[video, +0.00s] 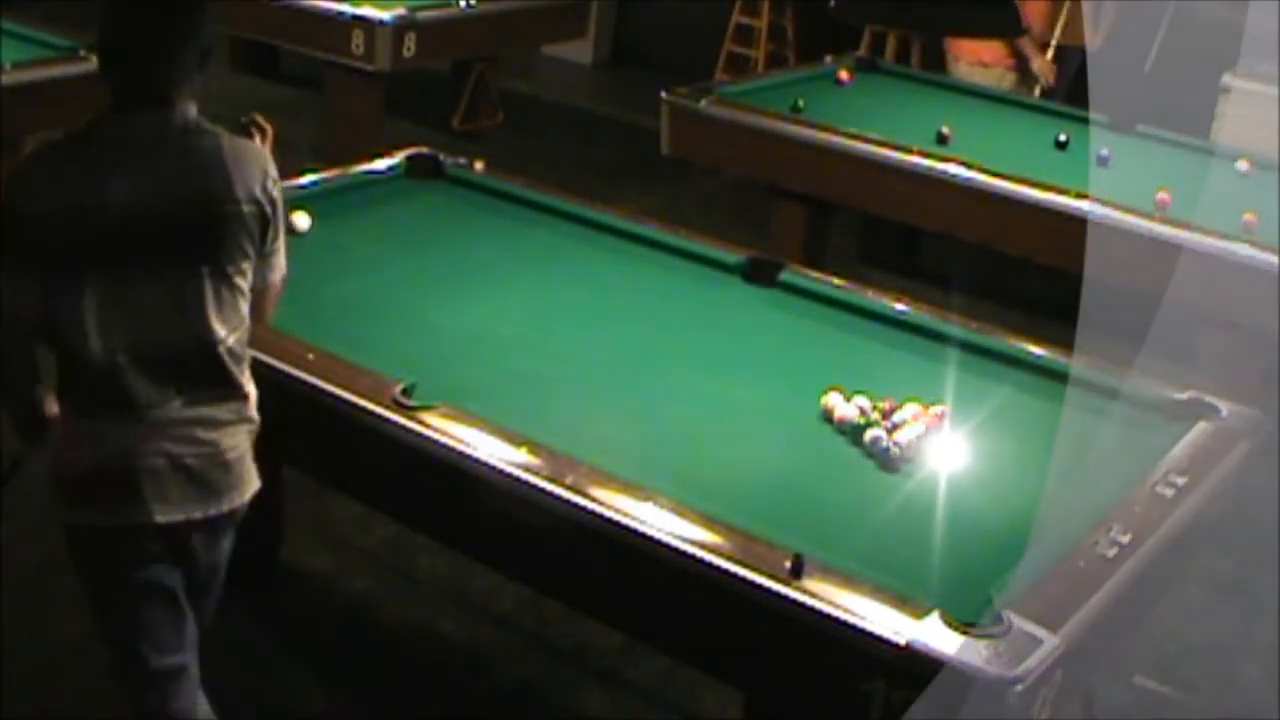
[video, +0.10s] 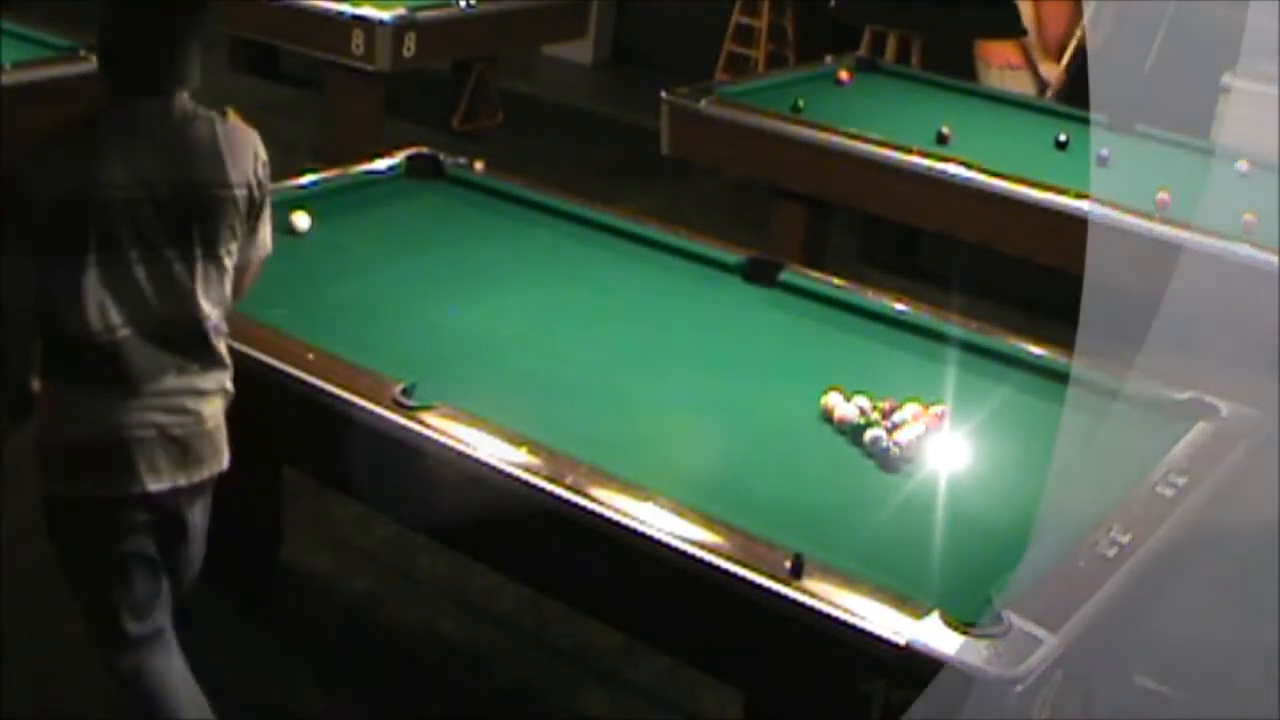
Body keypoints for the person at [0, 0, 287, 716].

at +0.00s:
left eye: (110, 51)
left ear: (106, 60)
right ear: (203, 62)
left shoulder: (49, 174)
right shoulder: (245, 169)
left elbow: (20, 327)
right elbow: (261, 307)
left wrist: (43, 418)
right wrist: (258, 171)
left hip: (103, 472)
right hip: (218, 470)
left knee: (165, 680)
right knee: (181, 667)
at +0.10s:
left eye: (109, 41)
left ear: (107, 51)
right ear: (194, 51)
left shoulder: (61, 151)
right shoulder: (239, 149)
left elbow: (23, 293)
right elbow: (244, 273)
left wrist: (23, 384)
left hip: (93, 445)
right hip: (198, 437)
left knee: (141, 638)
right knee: (165, 618)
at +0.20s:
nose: (94, 29)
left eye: (99, 19)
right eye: (105, 18)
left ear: (103, 29)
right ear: (181, 30)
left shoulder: (59, 128)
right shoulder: (225, 128)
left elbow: (24, 268)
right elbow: (217, 245)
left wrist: (24, 349)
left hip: (86, 415)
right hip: (186, 409)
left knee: (86, 576)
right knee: (162, 578)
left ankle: (162, 710)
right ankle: (158, 695)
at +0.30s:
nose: (83, 25)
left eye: (87, 15)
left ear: (89, 20)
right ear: (164, 22)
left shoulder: (51, 111)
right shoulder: (207, 110)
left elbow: (25, 245)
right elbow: (195, 214)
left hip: (80, 389)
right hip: (174, 379)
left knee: (58, 546)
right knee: (158, 558)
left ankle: (146, 696)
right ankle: (164, 692)